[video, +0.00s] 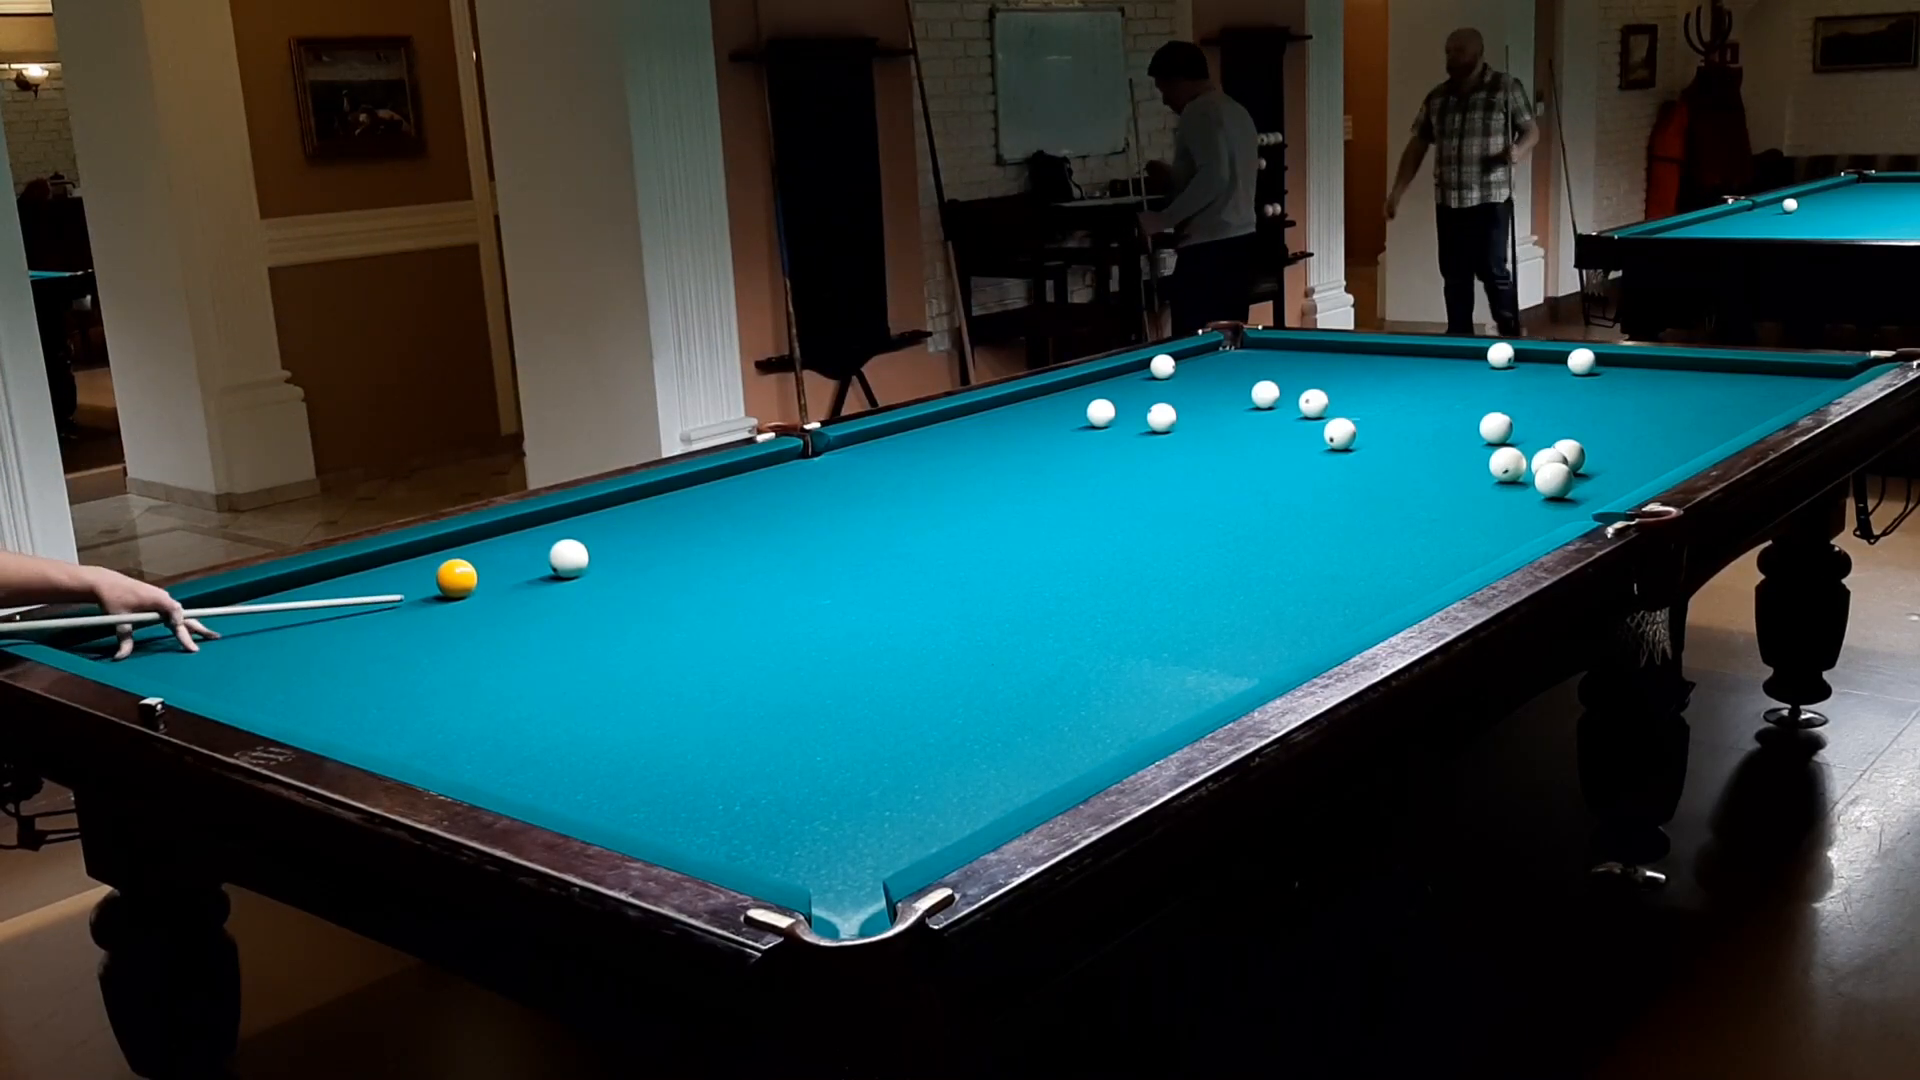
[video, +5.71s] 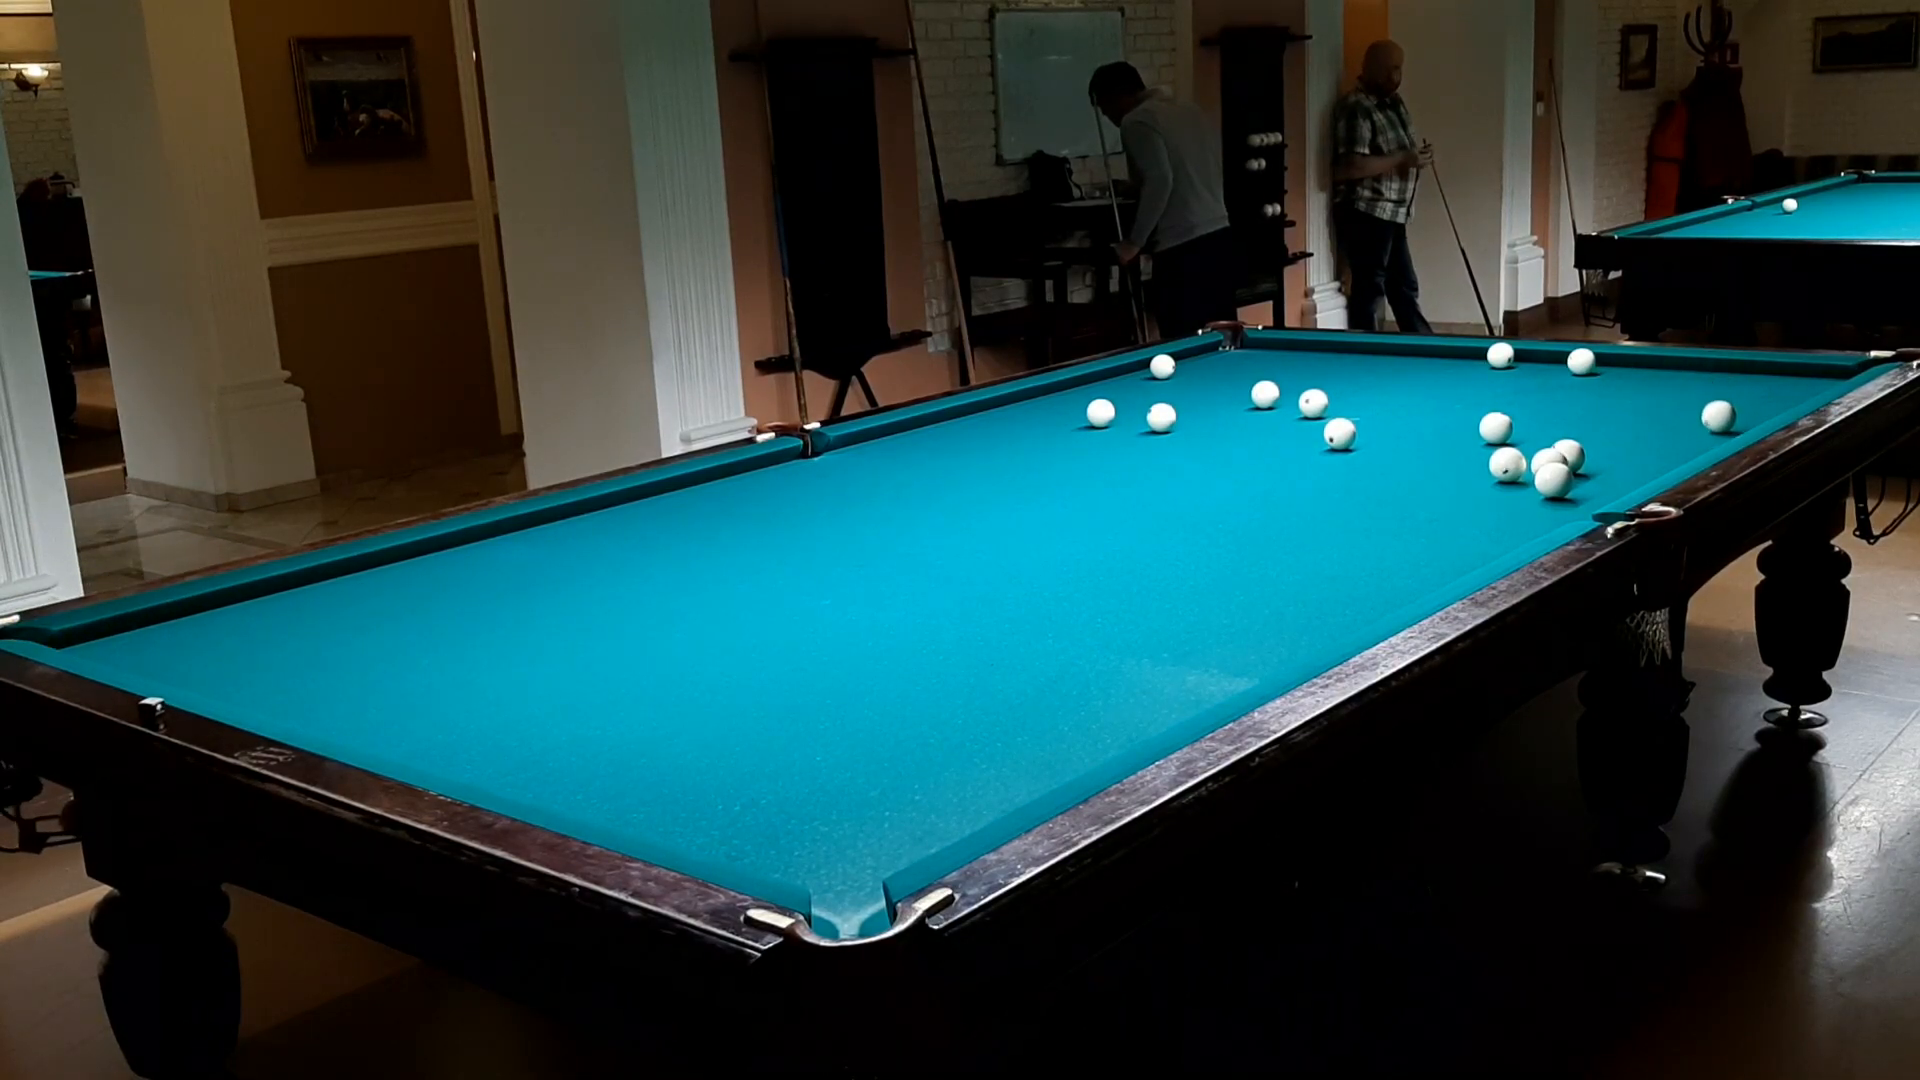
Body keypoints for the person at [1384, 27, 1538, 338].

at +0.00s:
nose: (1450, 59)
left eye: (1457, 52)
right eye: (1448, 52)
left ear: (1477, 53)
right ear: (1446, 53)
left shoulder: (1506, 87)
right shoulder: (1437, 97)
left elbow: (1531, 131)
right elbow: (1416, 147)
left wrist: (1517, 150)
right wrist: (1395, 194)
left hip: (1492, 201)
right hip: (1450, 203)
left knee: (1494, 273)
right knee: (1455, 280)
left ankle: (1512, 340)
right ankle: (1459, 342)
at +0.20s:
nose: (1438, 61)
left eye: (1445, 55)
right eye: (1436, 54)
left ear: (1465, 55)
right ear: (1433, 54)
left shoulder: (1493, 89)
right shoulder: (1423, 97)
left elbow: (1517, 132)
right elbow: (1406, 139)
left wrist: (1504, 157)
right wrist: (1391, 174)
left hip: (1480, 199)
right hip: (1439, 202)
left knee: (1471, 274)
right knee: (1446, 275)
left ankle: (1468, 342)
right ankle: (1453, 339)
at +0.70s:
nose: (1447, 58)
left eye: (1454, 51)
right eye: (1439, 52)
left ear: (1467, 56)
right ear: (1429, 55)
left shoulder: (1478, 98)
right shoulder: (1408, 94)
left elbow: (1486, 150)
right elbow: (1386, 142)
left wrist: (1486, 193)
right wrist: (1406, 184)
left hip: (1461, 211)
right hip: (1418, 209)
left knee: (1451, 288)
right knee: (1406, 284)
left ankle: (1442, 354)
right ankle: (1405, 352)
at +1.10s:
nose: (1433, 59)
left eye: (1437, 52)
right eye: (1424, 52)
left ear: (1444, 56)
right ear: (1407, 56)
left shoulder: (1442, 96)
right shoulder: (1394, 94)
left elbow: (1446, 151)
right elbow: (1379, 150)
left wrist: (1459, 191)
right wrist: (1416, 183)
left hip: (1441, 210)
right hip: (1407, 209)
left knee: (1440, 286)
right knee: (1396, 285)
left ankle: (1435, 353)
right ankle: (1379, 352)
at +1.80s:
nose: (1414, 67)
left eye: (1413, 60)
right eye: (1408, 60)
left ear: (1390, 66)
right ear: (1386, 65)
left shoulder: (1400, 103)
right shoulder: (1366, 105)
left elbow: (1395, 158)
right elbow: (1357, 166)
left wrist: (1424, 164)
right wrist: (1407, 175)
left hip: (1397, 217)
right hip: (1371, 216)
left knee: (1409, 290)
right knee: (1370, 291)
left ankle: (1427, 352)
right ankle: (1367, 356)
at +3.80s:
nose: (1402, 80)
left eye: (1403, 73)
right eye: (1397, 73)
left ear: (1383, 73)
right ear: (1377, 70)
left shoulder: (1393, 105)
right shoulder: (1354, 108)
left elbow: (1388, 157)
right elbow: (1348, 169)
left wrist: (1418, 155)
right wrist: (1399, 154)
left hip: (1390, 217)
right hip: (1363, 216)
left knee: (1404, 289)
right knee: (1366, 292)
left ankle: (1425, 352)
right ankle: (1364, 358)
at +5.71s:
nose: (1397, 77)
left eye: (1400, 69)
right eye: (1391, 69)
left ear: (1401, 70)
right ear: (1371, 69)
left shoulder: (1394, 104)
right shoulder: (1356, 106)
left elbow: (1393, 153)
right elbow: (1351, 166)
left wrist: (1415, 156)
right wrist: (1401, 160)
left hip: (1391, 216)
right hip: (1364, 215)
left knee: (1404, 289)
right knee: (1366, 292)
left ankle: (1426, 352)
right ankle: (1364, 358)